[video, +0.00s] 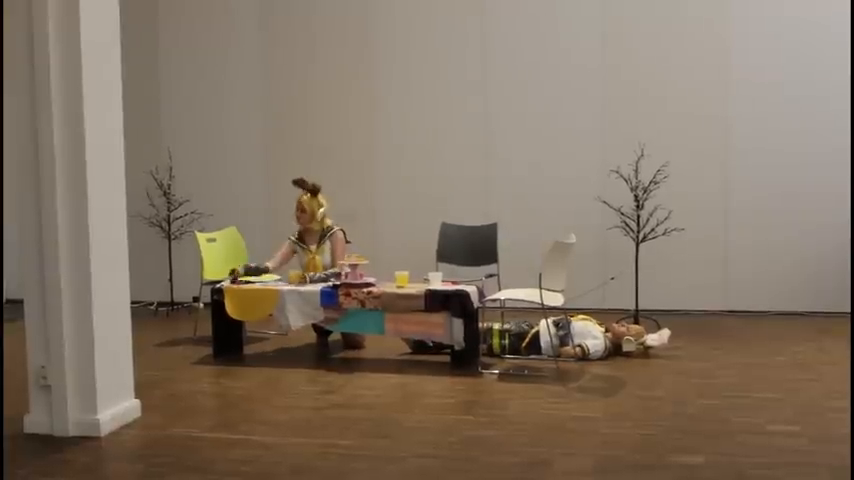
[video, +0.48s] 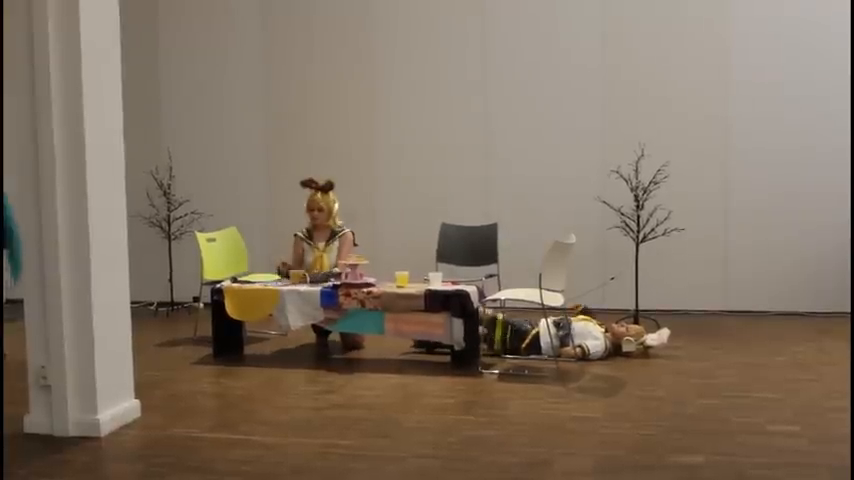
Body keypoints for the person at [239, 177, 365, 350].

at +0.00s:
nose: (297, 215)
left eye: (303, 211)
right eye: (297, 210)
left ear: (316, 213)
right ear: (295, 210)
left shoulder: (334, 234)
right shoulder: (298, 238)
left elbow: (339, 269)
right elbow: (275, 262)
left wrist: (311, 278)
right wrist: (254, 270)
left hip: (335, 289)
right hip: (310, 292)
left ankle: (347, 332)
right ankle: (322, 336)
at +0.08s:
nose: (300, 216)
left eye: (306, 212)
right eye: (298, 211)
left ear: (319, 213)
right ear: (296, 211)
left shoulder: (335, 235)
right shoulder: (298, 239)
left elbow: (339, 269)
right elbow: (281, 269)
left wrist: (313, 278)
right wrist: (257, 267)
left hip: (335, 289)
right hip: (309, 291)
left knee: (354, 343)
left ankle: (347, 330)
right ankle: (322, 336)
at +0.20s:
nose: (306, 217)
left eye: (311, 212)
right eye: (302, 212)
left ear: (322, 214)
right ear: (298, 213)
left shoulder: (337, 236)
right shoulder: (297, 240)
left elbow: (338, 271)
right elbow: (286, 274)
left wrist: (310, 279)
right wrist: (276, 263)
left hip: (335, 293)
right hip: (308, 295)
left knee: (355, 343)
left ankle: (347, 333)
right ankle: (321, 338)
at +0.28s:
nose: (309, 217)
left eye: (314, 212)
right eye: (305, 212)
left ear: (326, 213)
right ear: (301, 213)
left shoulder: (339, 236)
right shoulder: (298, 239)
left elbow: (341, 270)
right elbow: (283, 271)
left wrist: (312, 279)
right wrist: (280, 264)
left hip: (337, 292)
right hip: (309, 295)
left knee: (355, 343)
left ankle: (347, 333)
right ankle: (321, 337)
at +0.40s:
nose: (313, 216)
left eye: (318, 211)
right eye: (309, 211)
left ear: (329, 212)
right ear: (305, 212)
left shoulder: (342, 235)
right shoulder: (299, 238)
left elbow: (340, 270)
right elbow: (291, 273)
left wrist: (310, 279)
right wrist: (283, 266)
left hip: (338, 293)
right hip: (310, 295)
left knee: (354, 343)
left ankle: (348, 333)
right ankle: (321, 338)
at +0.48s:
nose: (314, 215)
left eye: (320, 210)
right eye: (311, 210)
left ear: (331, 211)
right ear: (306, 211)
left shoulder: (344, 235)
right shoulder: (301, 237)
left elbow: (341, 269)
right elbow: (297, 272)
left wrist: (312, 278)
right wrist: (286, 269)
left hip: (337, 290)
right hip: (310, 293)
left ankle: (348, 333)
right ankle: (321, 339)